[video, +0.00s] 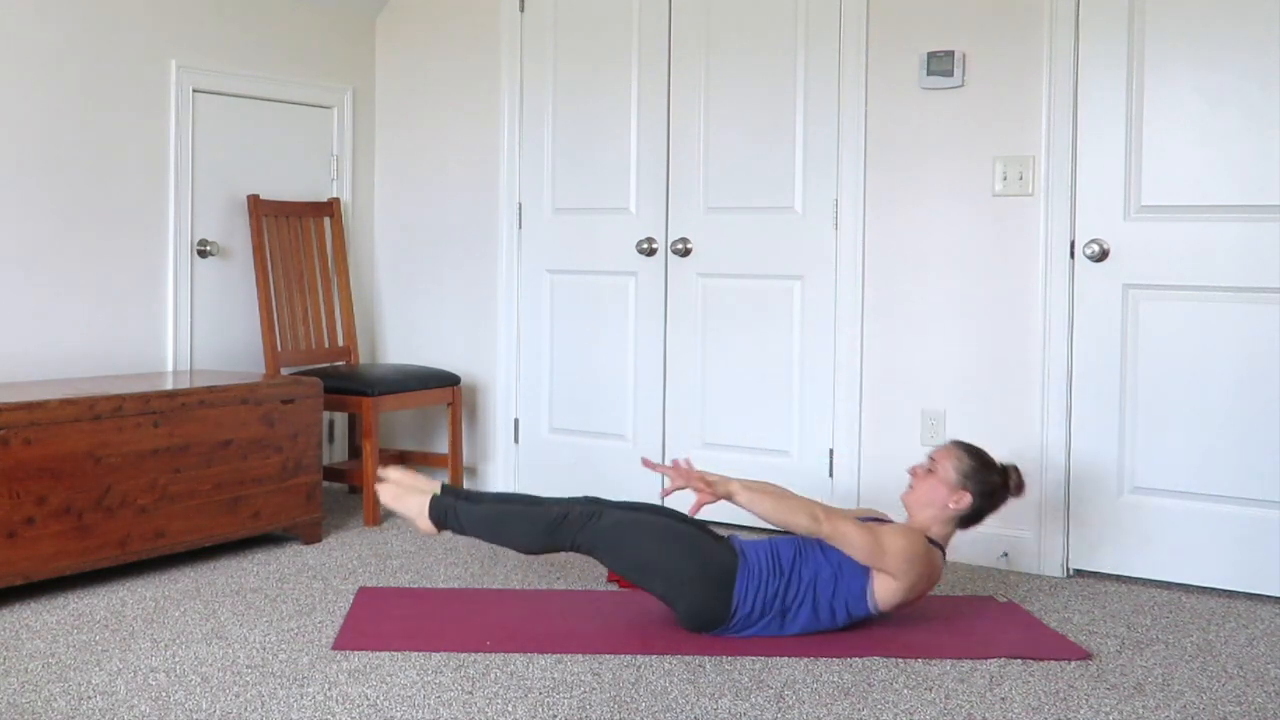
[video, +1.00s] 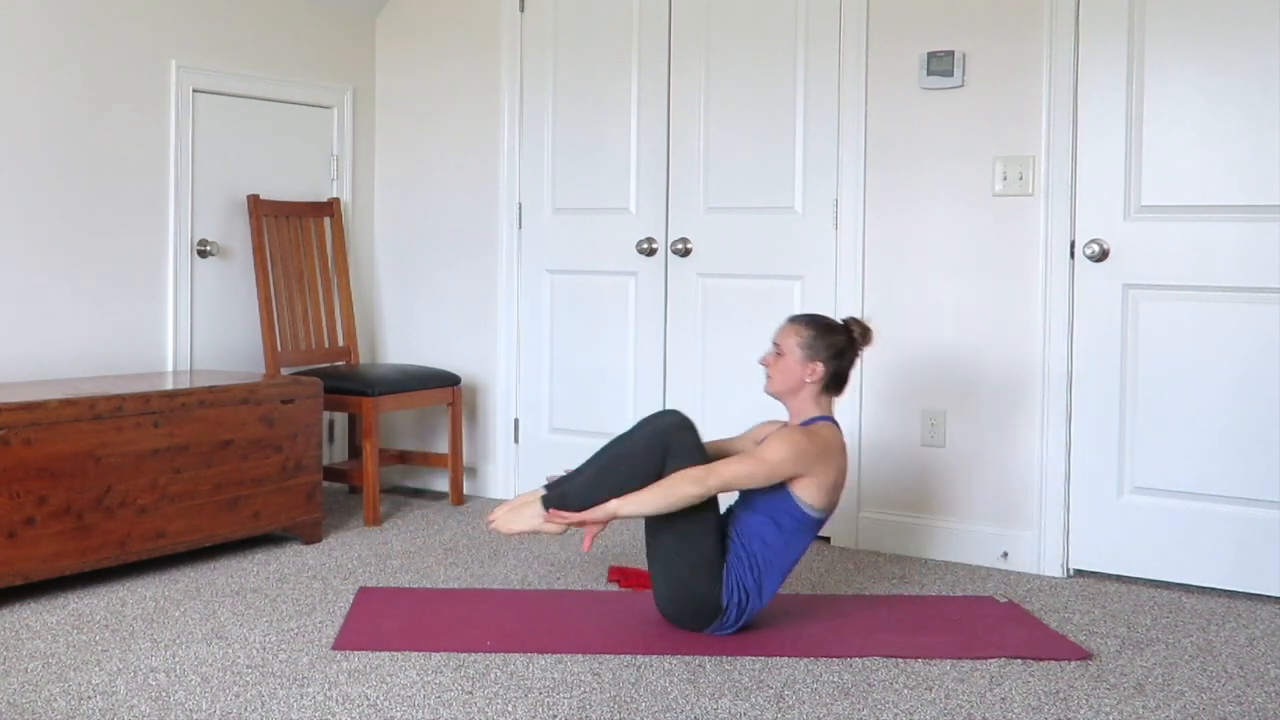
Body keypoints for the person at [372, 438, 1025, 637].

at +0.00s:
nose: (914, 475)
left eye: (931, 474)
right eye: (923, 465)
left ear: (958, 505)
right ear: (939, 492)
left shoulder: (910, 555)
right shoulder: (899, 534)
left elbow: (812, 519)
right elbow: (809, 516)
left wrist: (724, 486)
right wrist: (720, 488)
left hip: (728, 585)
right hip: (729, 569)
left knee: (583, 517)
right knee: (584, 513)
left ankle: (434, 505)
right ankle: (437, 500)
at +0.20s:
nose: (940, 502)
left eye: (957, 504)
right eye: (950, 495)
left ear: (979, 538)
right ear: (960, 522)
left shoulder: (925, 580)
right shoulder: (913, 560)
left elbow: (844, 532)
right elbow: (835, 527)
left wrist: (760, 485)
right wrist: (746, 481)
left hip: (733, 583)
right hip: (736, 560)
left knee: (600, 503)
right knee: (604, 496)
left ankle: (461, 442)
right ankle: (465, 451)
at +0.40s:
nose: (931, 502)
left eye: (948, 500)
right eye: (940, 493)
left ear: (975, 533)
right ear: (956, 519)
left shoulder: (927, 579)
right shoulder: (912, 559)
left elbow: (840, 541)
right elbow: (828, 531)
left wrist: (750, 501)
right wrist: (732, 498)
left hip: (737, 582)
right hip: (739, 564)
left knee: (599, 507)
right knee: (603, 501)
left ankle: (456, 458)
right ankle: (463, 463)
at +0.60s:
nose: (899, 459)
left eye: (916, 455)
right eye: (908, 449)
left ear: (946, 481)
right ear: (931, 476)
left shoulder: (912, 536)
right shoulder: (890, 518)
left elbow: (809, 514)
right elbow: (798, 514)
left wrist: (713, 490)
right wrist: (705, 492)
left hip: (730, 585)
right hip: (726, 566)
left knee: (585, 517)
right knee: (584, 509)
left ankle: (434, 538)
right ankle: (440, 526)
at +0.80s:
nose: (834, 396)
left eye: (847, 390)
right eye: (841, 385)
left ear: (881, 411)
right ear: (873, 408)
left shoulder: (864, 479)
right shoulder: (841, 460)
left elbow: (751, 485)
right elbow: (743, 473)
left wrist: (659, 495)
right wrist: (658, 489)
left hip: (720, 596)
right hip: (718, 573)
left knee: (608, 459)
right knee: (611, 454)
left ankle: (487, 542)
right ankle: (491, 533)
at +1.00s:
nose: (765, 362)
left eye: (778, 354)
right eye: (771, 351)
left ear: (812, 372)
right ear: (809, 372)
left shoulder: (805, 445)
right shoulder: (784, 433)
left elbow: (706, 482)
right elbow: (694, 460)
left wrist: (609, 511)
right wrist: (594, 495)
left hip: (713, 599)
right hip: (707, 582)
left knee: (672, 431)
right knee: (669, 427)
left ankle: (550, 510)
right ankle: (551, 499)